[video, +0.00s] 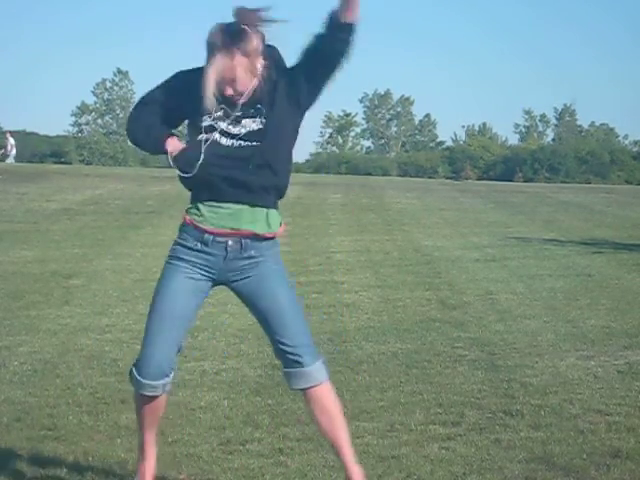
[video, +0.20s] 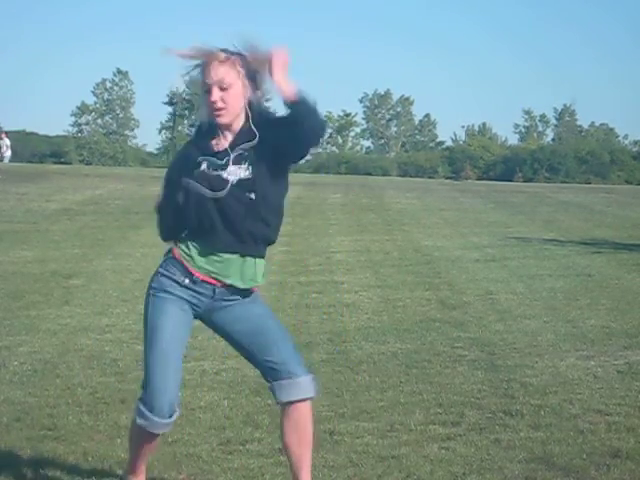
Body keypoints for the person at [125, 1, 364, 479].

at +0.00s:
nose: (234, 93)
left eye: (241, 84)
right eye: (224, 84)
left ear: (260, 67)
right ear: (212, 65)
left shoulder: (290, 90)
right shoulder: (192, 85)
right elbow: (140, 119)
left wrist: (348, 8)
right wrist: (173, 146)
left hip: (259, 256)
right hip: (193, 251)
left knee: (305, 363)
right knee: (151, 368)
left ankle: (354, 470)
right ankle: (147, 461)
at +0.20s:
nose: (215, 96)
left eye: (225, 87)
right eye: (208, 88)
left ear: (248, 92)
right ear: (202, 94)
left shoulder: (271, 139)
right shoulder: (189, 156)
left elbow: (311, 128)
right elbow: (169, 226)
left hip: (238, 294)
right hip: (177, 284)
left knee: (297, 386)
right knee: (159, 407)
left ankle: (304, 478)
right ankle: (135, 472)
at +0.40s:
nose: (217, 49)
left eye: (226, 39)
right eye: (209, 39)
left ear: (247, 36)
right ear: (197, 37)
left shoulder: (270, 76)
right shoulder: (180, 82)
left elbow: (309, 114)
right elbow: (162, 159)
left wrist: (333, 137)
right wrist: (189, 156)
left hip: (262, 238)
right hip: (198, 235)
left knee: (294, 361)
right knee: (162, 359)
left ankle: (316, 470)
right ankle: (159, 461)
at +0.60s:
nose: (222, 32)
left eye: (231, 23)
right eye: (213, 23)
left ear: (247, 21)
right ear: (198, 20)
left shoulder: (263, 64)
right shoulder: (178, 62)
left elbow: (291, 138)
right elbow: (151, 122)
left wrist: (333, 128)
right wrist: (168, 152)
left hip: (261, 220)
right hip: (225, 220)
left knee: (258, 337)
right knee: (221, 333)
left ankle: (265, 444)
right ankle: (241, 451)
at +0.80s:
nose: (210, 63)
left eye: (223, 55)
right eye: (202, 54)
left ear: (242, 65)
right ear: (193, 63)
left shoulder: (250, 113)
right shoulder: (198, 115)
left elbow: (266, 188)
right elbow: (207, 185)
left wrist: (217, 147)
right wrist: (186, 221)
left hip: (273, 281)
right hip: (218, 276)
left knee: (250, 409)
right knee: (201, 392)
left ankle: (247, 466)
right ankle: (258, 476)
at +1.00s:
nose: (214, 28)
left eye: (225, 17)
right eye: (206, 19)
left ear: (248, 22)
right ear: (197, 24)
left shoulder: (255, 66)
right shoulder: (207, 69)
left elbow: (258, 142)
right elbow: (212, 139)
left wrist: (189, 134)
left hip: (268, 236)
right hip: (225, 238)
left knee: (229, 362)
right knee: (224, 366)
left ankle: (307, 386)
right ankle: (266, 474)